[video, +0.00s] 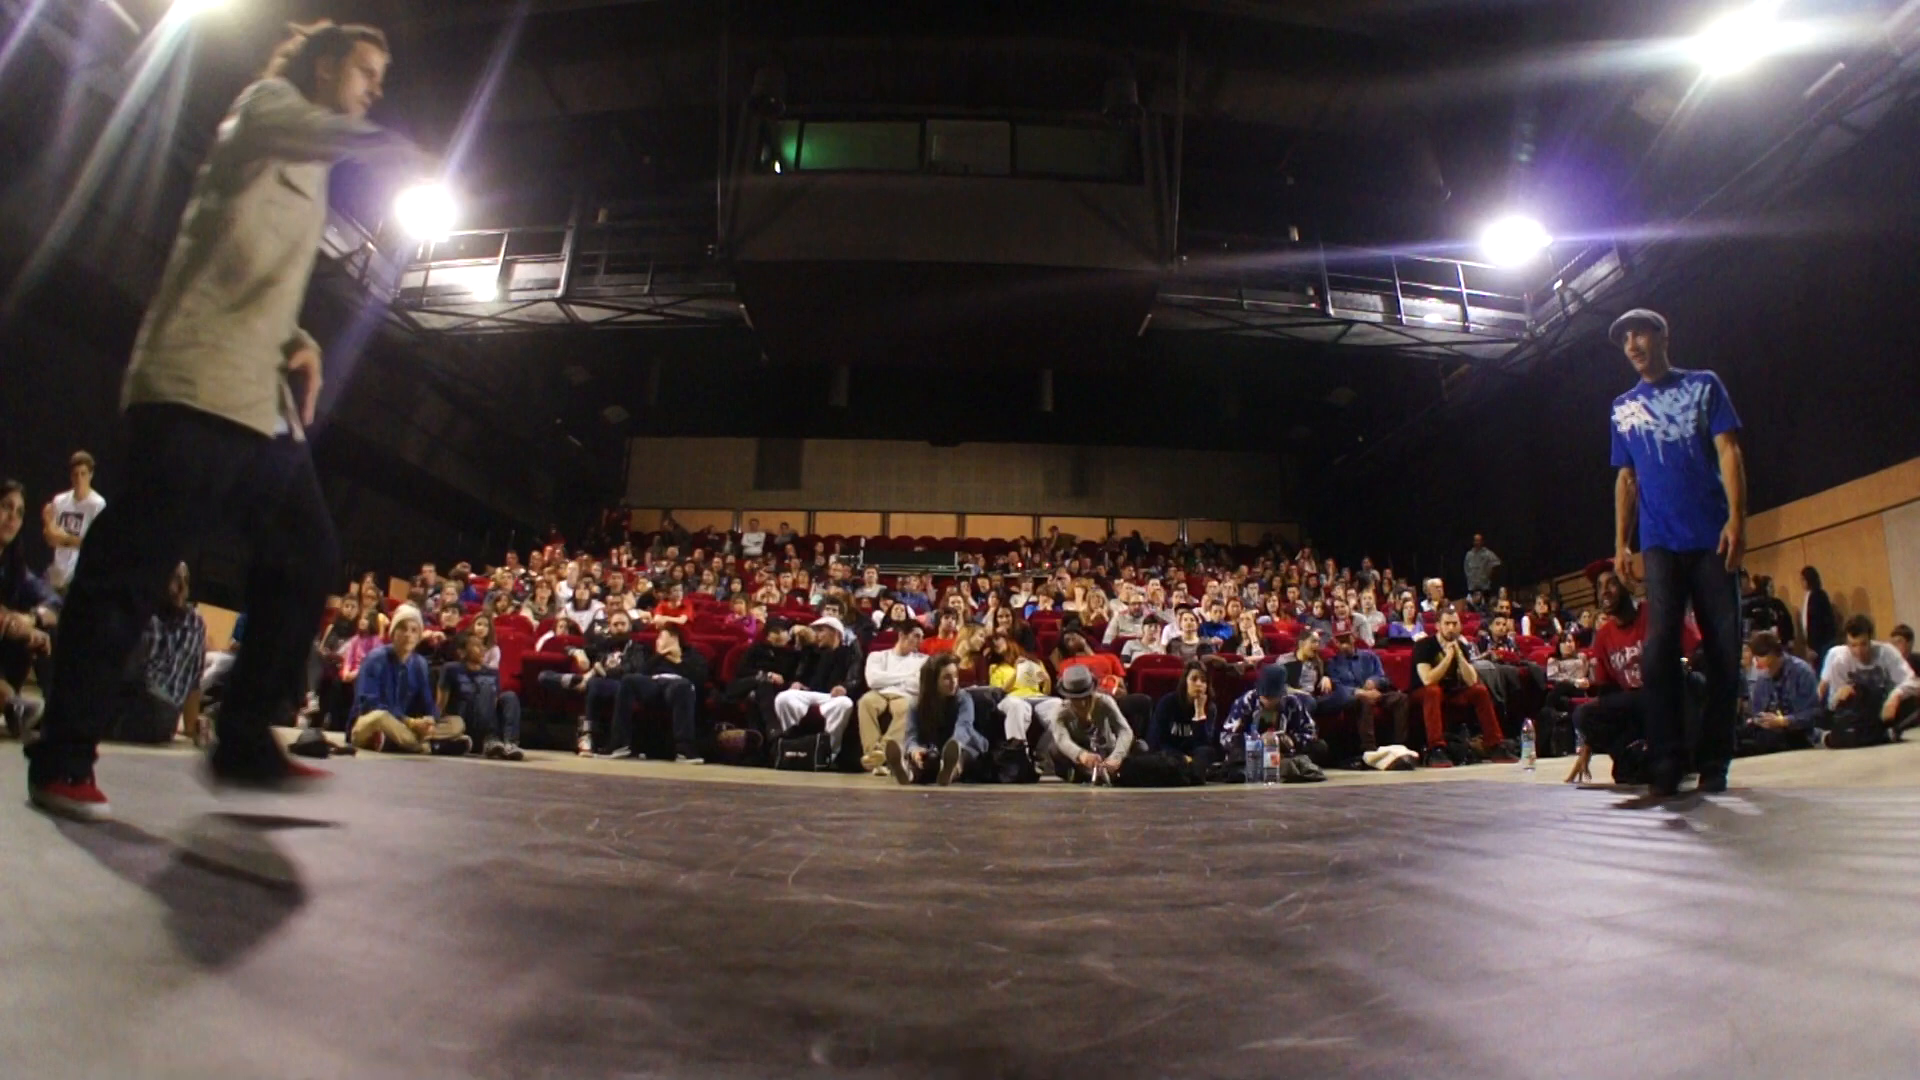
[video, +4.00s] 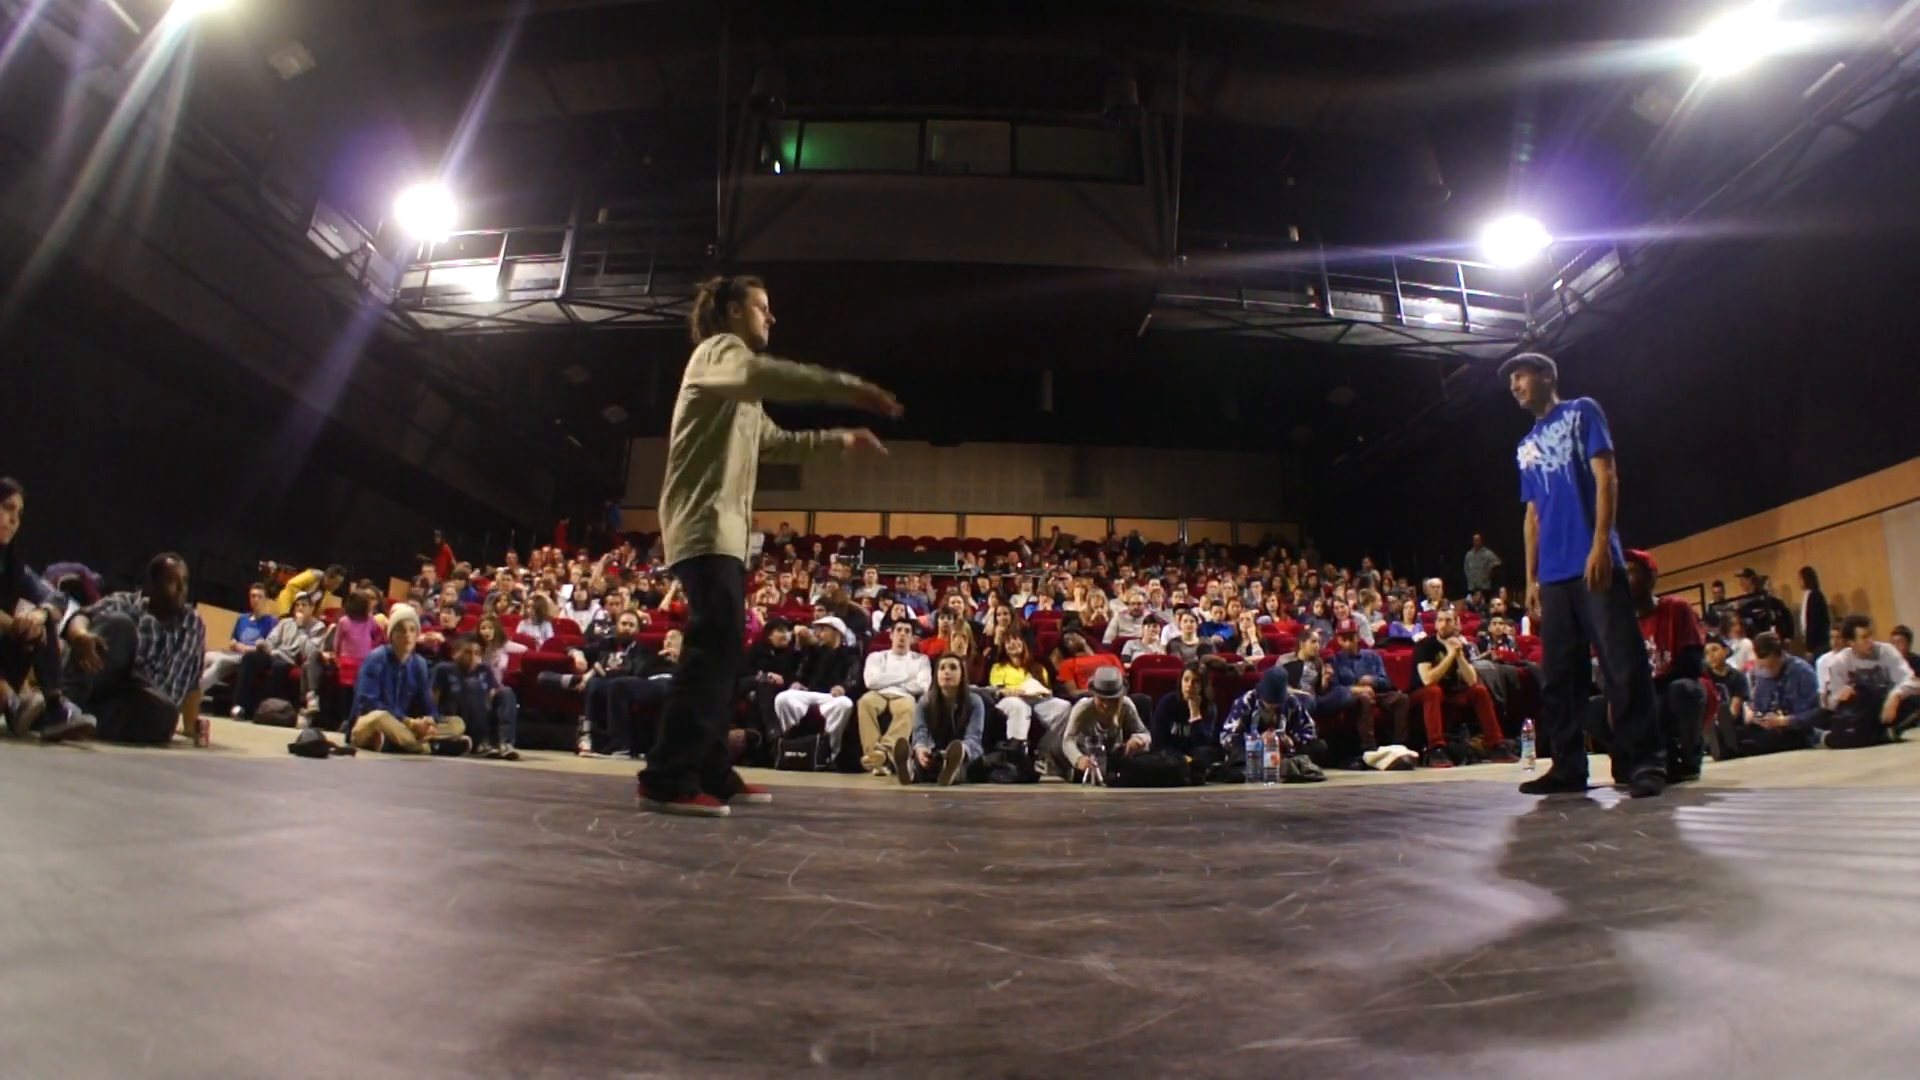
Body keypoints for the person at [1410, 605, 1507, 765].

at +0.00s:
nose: (1451, 628)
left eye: (1455, 624)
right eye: (1447, 624)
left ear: (1460, 626)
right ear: (1438, 626)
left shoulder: (1462, 646)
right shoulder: (1423, 646)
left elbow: (1472, 680)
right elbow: (1427, 679)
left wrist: (1458, 654)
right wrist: (1448, 657)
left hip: (1454, 690)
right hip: (1427, 692)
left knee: (1480, 691)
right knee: (1433, 691)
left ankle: (1495, 745)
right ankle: (1436, 748)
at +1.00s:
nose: (1451, 628)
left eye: (1455, 624)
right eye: (1447, 623)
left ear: (1460, 626)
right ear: (1439, 626)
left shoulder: (1462, 646)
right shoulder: (1424, 645)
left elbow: (1472, 681)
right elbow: (1427, 678)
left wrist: (1459, 655)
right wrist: (1449, 657)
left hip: (1454, 692)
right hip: (1428, 693)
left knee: (1480, 691)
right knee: (1433, 691)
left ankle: (1496, 745)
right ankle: (1436, 748)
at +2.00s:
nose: (1450, 628)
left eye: (1455, 624)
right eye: (1446, 623)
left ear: (1460, 627)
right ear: (1438, 626)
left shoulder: (1462, 646)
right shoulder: (1423, 646)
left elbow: (1472, 681)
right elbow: (1427, 679)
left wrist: (1458, 655)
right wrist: (1449, 656)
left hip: (1454, 691)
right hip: (1429, 693)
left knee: (1480, 691)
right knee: (1433, 690)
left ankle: (1496, 745)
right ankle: (1436, 748)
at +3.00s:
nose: (1450, 628)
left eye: (1455, 624)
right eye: (1446, 624)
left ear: (1460, 627)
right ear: (1438, 626)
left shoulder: (1462, 647)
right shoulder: (1423, 645)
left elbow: (1472, 681)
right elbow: (1427, 678)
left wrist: (1459, 655)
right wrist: (1448, 657)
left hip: (1454, 693)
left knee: (1480, 691)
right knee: (1433, 690)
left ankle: (1496, 745)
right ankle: (1436, 748)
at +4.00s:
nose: (1442, 625)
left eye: (1447, 621)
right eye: (1439, 620)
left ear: (1456, 624)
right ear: (1435, 623)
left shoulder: (1462, 646)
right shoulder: (1424, 646)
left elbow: (1471, 681)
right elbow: (1427, 678)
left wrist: (1459, 654)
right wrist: (1451, 654)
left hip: (1453, 691)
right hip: (1427, 693)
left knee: (1480, 691)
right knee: (1433, 691)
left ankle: (1496, 745)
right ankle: (1436, 748)